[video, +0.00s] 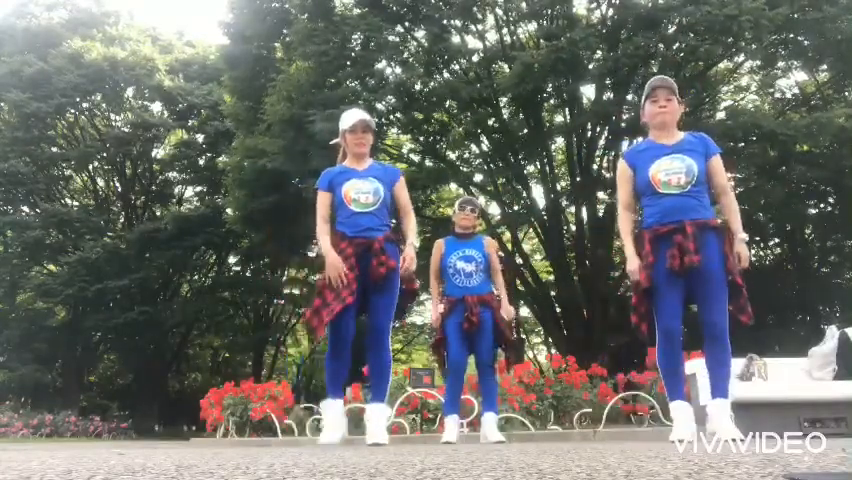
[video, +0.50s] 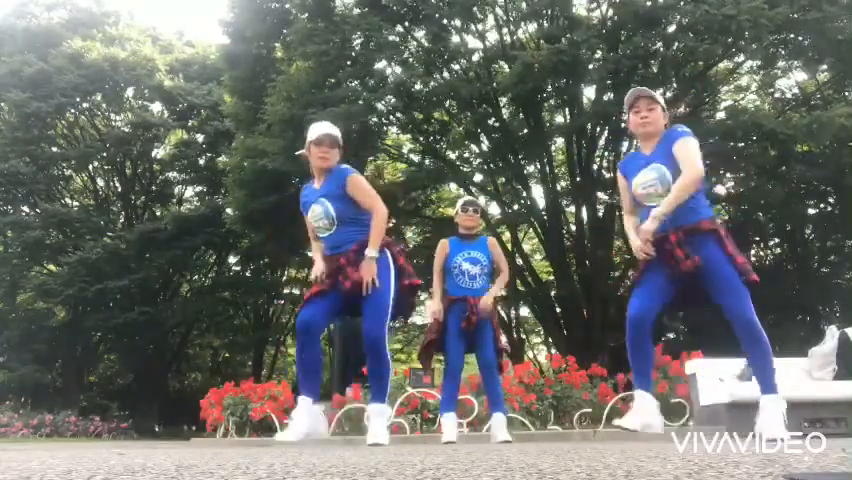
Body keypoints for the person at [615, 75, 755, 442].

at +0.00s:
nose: (661, 104)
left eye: (668, 99)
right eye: (654, 100)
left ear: (680, 108)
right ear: (643, 113)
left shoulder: (701, 142)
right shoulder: (631, 155)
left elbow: (724, 191)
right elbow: (625, 208)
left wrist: (739, 236)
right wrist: (630, 252)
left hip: (705, 237)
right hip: (659, 241)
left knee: (717, 324)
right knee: (669, 328)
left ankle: (720, 410)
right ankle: (679, 413)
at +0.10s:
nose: (663, 105)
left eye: (669, 100)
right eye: (655, 101)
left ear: (682, 108)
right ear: (645, 112)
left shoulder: (703, 141)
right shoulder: (633, 153)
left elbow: (732, 184)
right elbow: (623, 205)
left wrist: (741, 220)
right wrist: (629, 246)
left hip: (707, 235)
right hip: (661, 241)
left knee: (729, 319)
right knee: (669, 327)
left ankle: (734, 407)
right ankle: (680, 414)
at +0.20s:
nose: (668, 111)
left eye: (674, 106)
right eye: (660, 107)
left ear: (686, 112)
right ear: (650, 118)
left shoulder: (710, 143)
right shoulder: (640, 160)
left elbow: (733, 187)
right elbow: (630, 211)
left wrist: (737, 221)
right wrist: (637, 251)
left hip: (713, 238)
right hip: (667, 245)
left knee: (742, 324)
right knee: (675, 328)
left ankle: (759, 408)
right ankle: (681, 412)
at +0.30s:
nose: (667, 112)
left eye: (673, 106)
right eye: (659, 109)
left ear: (686, 113)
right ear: (650, 120)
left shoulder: (706, 139)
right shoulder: (640, 165)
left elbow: (721, 184)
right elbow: (641, 215)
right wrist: (650, 250)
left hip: (716, 240)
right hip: (673, 248)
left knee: (748, 322)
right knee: (680, 327)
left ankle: (761, 411)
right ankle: (687, 412)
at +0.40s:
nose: (658, 112)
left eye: (664, 106)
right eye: (650, 109)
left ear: (678, 112)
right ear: (642, 120)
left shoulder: (692, 134)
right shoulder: (635, 164)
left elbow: (696, 176)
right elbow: (638, 217)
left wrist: (652, 213)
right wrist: (647, 245)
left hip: (712, 240)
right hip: (668, 249)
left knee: (747, 319)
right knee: (660, 315)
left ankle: (765, 409)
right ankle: (677, 402)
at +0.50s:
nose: (643, 114)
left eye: (650, 108)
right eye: (635, 111)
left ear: (664, 115)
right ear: (628, 123)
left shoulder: (678, 137)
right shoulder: (626, 165)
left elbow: (694, 173)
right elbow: (628, 211)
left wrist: (657, 215)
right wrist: (633, 235)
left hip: (701, 240)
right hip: (661, 250)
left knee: (741, 313)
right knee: (638, 314)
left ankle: (771, 402)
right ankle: (645, 405)